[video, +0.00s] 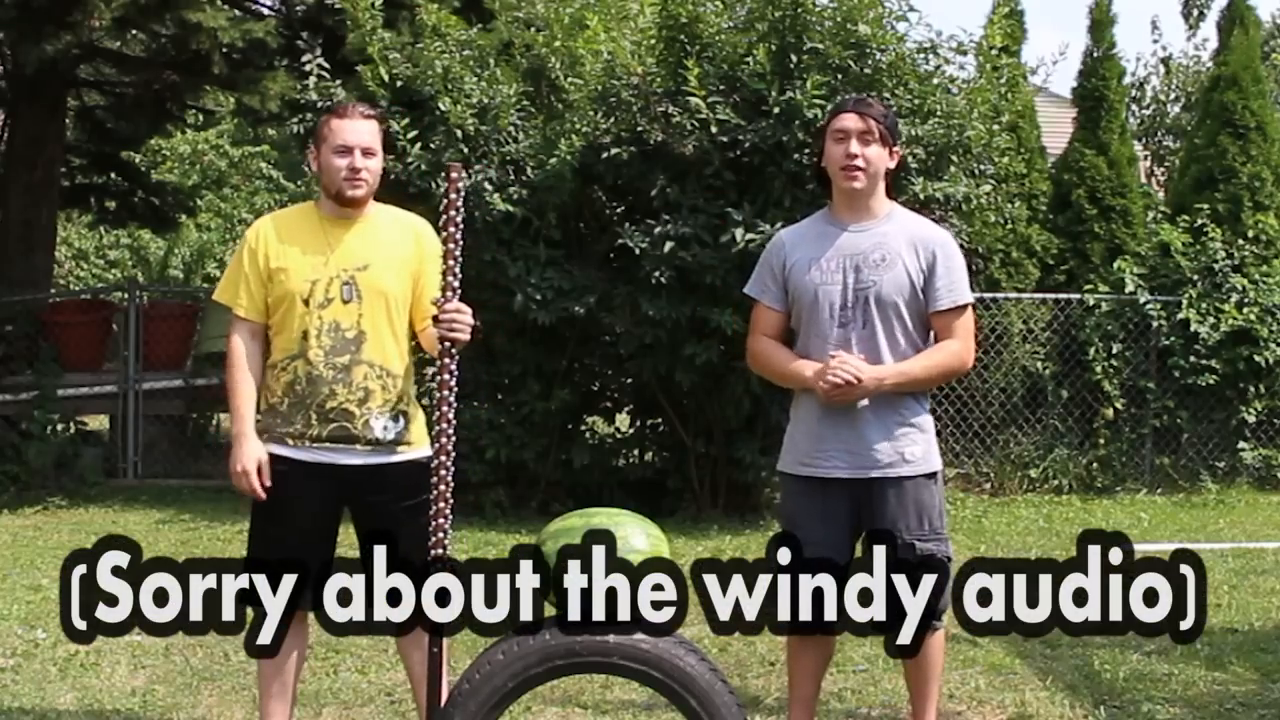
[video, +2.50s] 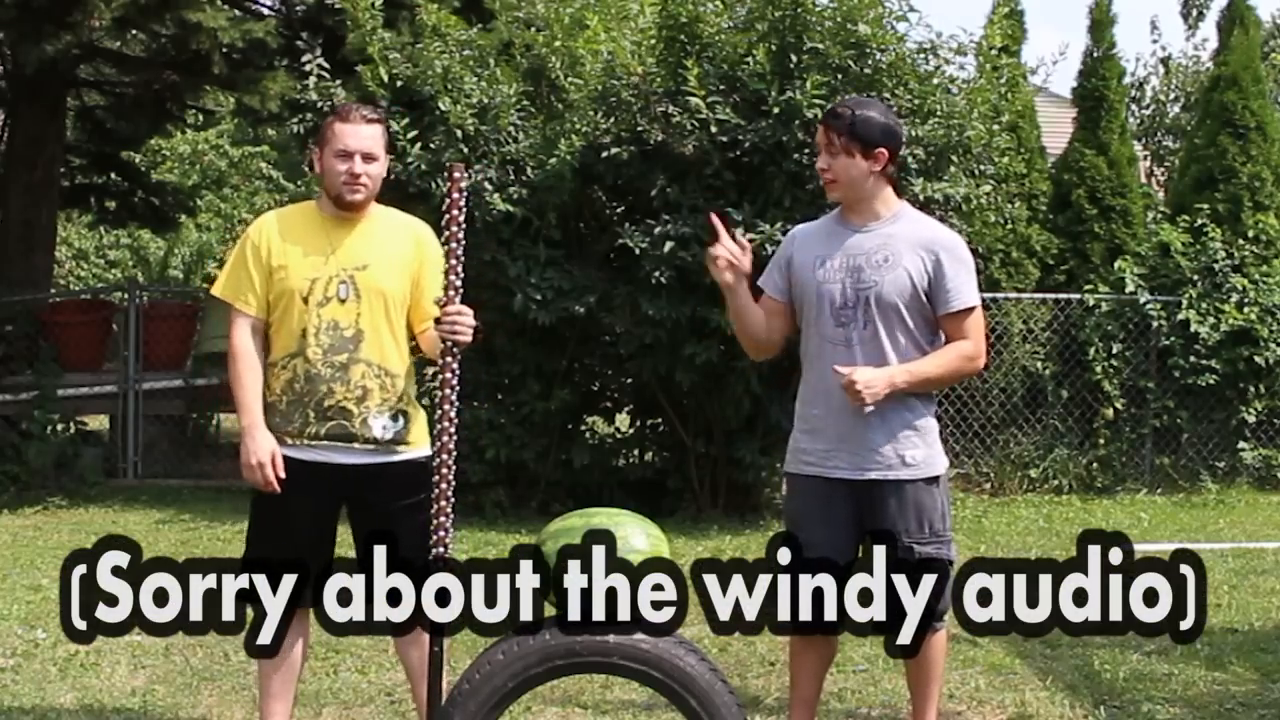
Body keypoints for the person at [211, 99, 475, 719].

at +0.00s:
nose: (356, 163)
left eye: (368, 153)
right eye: (343, 152)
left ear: (383, 163)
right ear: (314, 160)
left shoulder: (415, 236)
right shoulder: (270, 235)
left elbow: (430, 331)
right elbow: (245, 340)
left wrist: (454, 330)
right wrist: (244, 433)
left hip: (395, 456)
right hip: (295, 454)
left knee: (418, 604)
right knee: (281, 604)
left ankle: (438, 716)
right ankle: (275, 717)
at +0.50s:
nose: (365, 167)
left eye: (376, 155)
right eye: (350, 154)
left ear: (388, 164)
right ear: (317, 161)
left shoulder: (416, 237)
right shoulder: (272, 234)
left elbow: (429, 334)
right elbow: (244, 334)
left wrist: (453, 330)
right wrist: (251, 432)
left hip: (398, 457)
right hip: (299, 455)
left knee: (420, 604)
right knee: (282, 605)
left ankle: (439, 716)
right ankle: (275, 717)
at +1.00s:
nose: (403, 171)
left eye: (408, 160)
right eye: (388, 160)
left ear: (413, 163)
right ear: (344, 162)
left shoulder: (430, 239)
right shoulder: (285, 233)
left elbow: (442, 336)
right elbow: (257, 333)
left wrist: (467, 333)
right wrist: (252, 429)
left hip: (410, 460)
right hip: (309, 457)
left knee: (426, 604)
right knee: (294, 602)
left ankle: (439, 715)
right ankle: (275, 716)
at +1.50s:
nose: (401, 175)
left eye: (408, 163)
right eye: (385, 164)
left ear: (416, 165)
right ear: (345, 166)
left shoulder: (434, 239)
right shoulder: (289, 232)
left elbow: (446, 333)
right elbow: (265, 328)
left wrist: (469, 332)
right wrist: (261, 421)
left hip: (409, 463)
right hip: (309, 458)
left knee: (425, 605)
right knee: (290, 602)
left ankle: (438, 715)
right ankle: (274, 717)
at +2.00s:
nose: (357, 170)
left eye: (371, 160)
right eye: (345, 156)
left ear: (388, 171)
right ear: (319, 159)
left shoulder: (411, 243)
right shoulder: (266, 230)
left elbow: (427, 344)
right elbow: (233, 325)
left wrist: (455, 336)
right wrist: (222, 423)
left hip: (378, 459)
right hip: (279, 454)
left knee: (406, 604)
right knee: (272, 603)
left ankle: (435, 715)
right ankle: (273, 718)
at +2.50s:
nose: (356, 168)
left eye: (370, 157)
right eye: (344, 154)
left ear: (386, 166)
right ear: (316, 160)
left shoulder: (415, 238)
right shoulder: (271, 233)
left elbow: (429, 337)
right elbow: (245, 333)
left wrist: (454, 333)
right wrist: (253, 428)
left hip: (395, 459)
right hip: (297, 455)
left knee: (414, 605)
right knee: (282, 604)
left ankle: (434, 714)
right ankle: (274, 717)